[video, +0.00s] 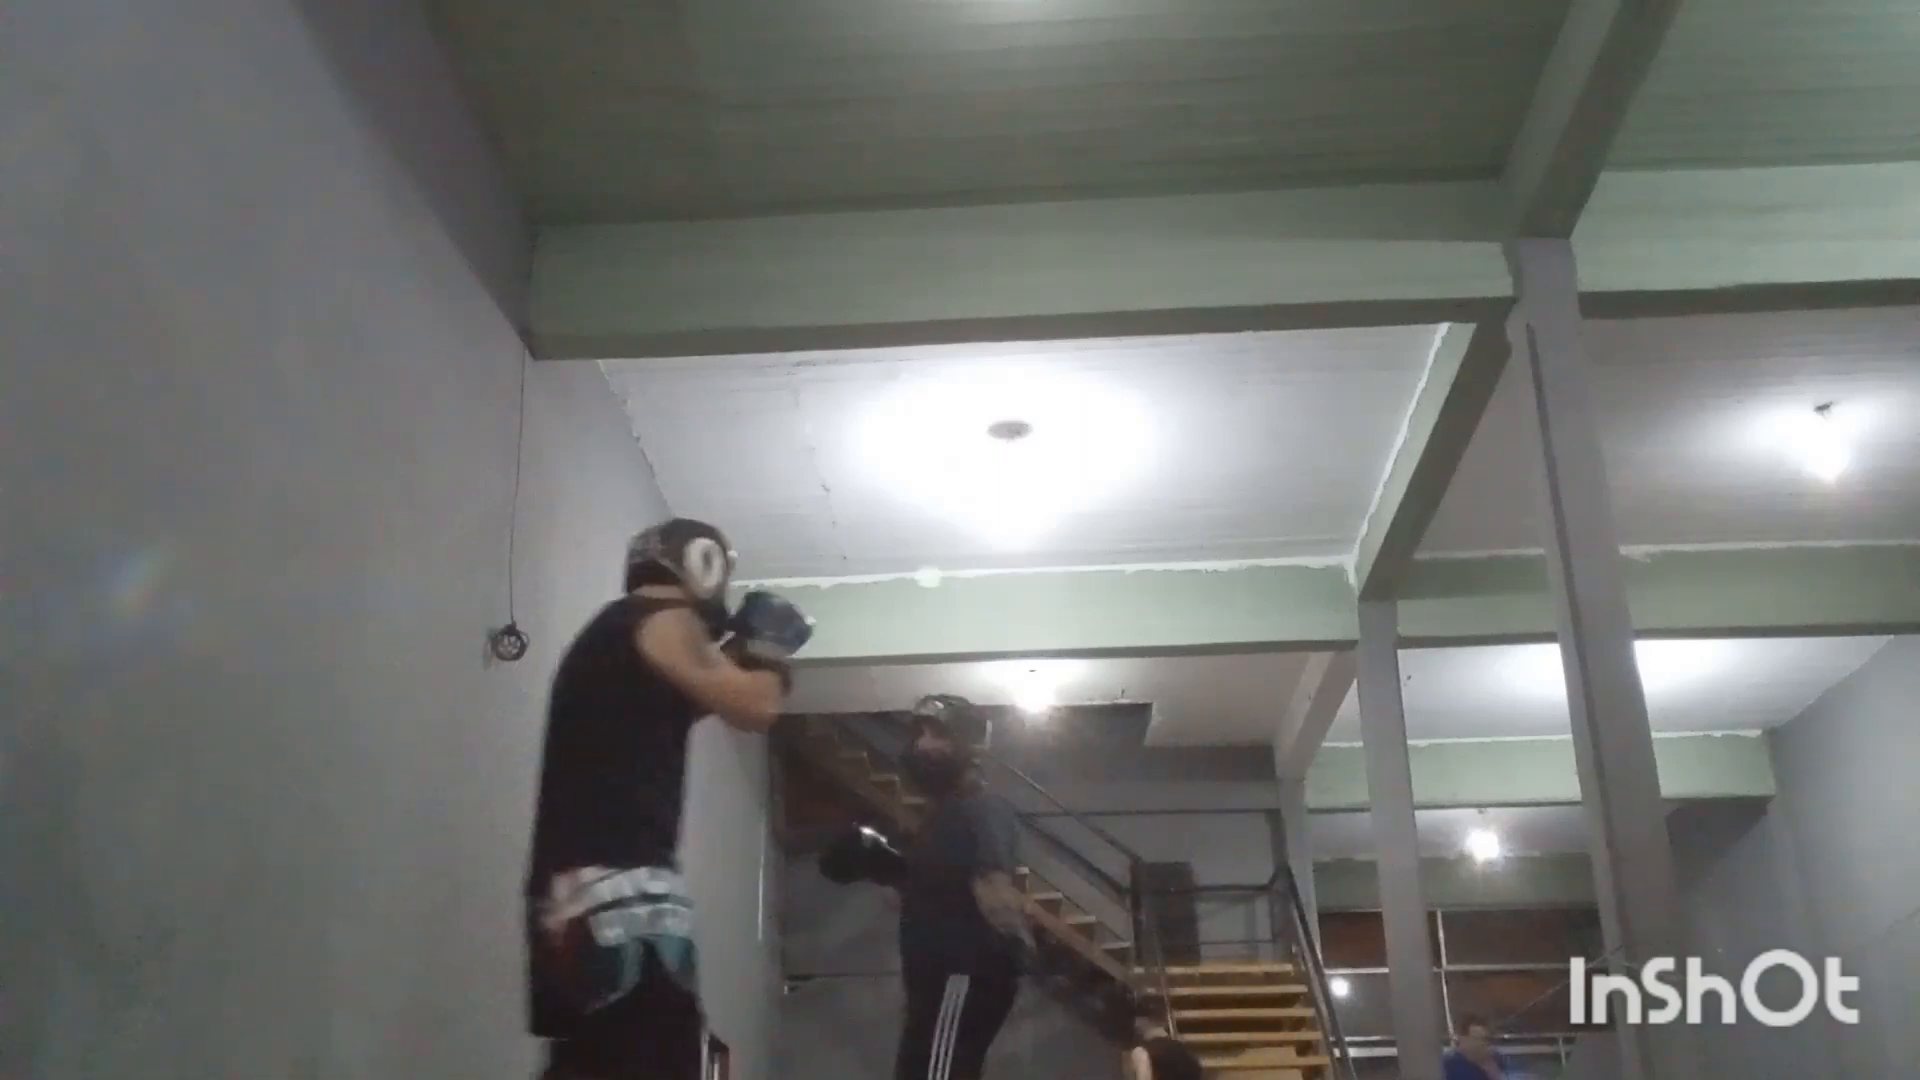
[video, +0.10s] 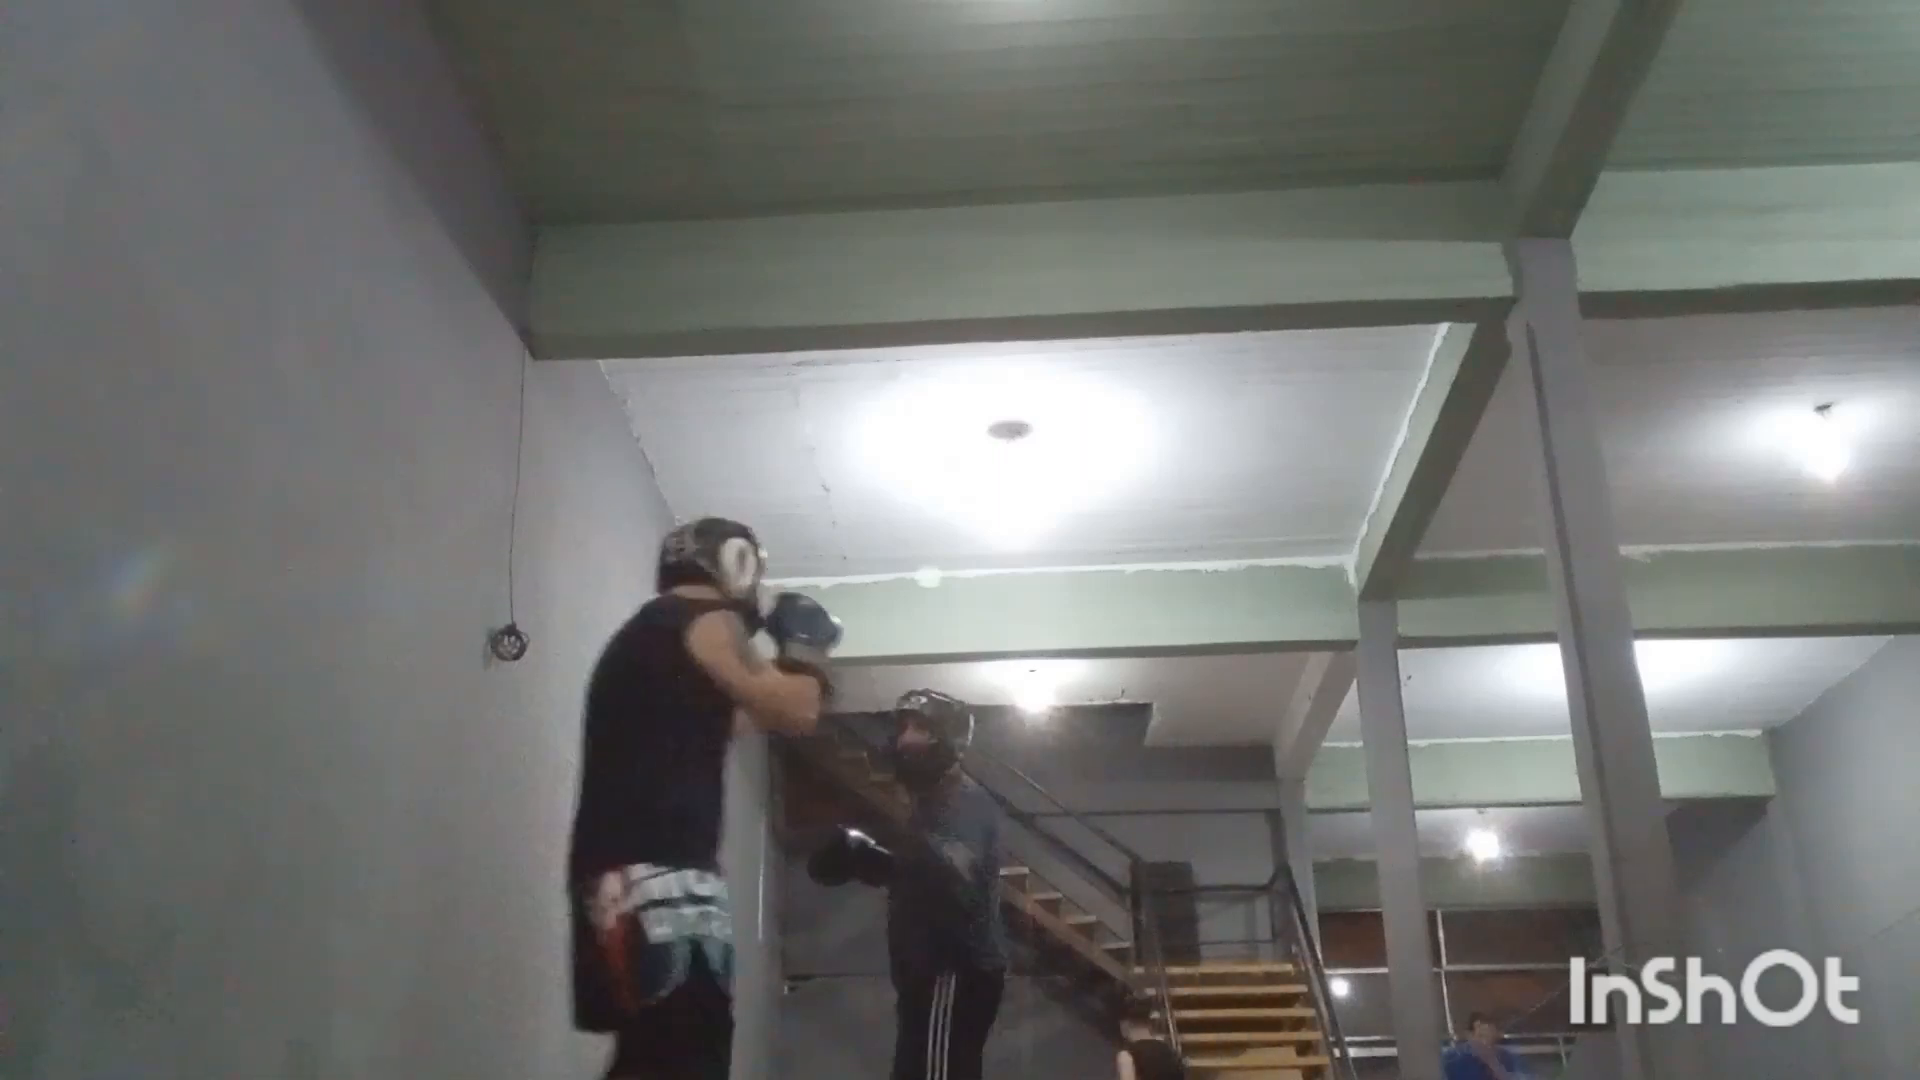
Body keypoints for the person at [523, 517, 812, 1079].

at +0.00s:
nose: (725, 584)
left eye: (725, 571)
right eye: (721, 568)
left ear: (645, 564)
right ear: (698, 563)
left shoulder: (608, 630)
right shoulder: (662, 620)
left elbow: (673, 701)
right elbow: (756, 705)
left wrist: (732, 647)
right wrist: (769, 648)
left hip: (565, 885)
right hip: (619, 886)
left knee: (595, 1051)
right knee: (659, 1052)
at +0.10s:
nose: (757, 581)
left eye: (758, 568)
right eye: (753, 565)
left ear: (679, 563)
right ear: (729, 562)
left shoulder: (643, 631)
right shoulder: (703, 619)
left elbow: (726, 719)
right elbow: (796, 709)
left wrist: (767, 649)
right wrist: (806, 647)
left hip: (611, 866)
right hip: (662, 867)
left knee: (646, 1046)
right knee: (690, 1049)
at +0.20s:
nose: (789, 576)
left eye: (788, 563)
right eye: (783, 561)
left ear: (710, 563)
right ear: (761, 559)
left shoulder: (680, 631)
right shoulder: (741, 619)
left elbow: (753, 749)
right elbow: (829, 712)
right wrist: (838, 653)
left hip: (649, 858)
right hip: (699, 859)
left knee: (690, 1033)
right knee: (716, 1029)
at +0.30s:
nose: (823, 580)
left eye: (821, 567)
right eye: (817, 566)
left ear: (741, 572)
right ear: (796, 566)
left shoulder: (708, 637)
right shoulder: (785, 625)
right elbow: (870, 717)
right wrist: (878, 674)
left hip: (674, 867)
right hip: (732, 868)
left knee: (705, 1044)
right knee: (728, 1050)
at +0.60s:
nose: (900, 619)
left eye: (898, 610)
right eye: (896, 610)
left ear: (819, 616)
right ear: (883, 608)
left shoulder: (770, 683)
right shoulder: (888, 652)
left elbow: (706, 787)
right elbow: (958, 750)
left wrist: (757, 843)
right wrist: (943, 706)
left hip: (772, 893)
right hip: (864, 886)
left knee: (804, 1060)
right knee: (872, 1055)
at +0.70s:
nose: (921, 616)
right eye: (918, 609)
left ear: (838, 619)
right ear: (906, 609)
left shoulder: (791, 676)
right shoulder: (921, 651)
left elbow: (744, 789)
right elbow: (981, 753)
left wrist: (814, 806)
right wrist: (963, 699)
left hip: (790, 895)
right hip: (888, 885)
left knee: (822, 1058)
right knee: (930, 1047)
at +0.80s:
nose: (938, 617)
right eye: (936, 611)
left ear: (865, 618)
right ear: (929, 612)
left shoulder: (816, 676)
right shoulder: (954, 652)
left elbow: (784, 785)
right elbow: (1005, 754)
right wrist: (986, 698)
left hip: (823, 897)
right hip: (924, 893)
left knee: (839, 1064)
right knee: (963, 1056)